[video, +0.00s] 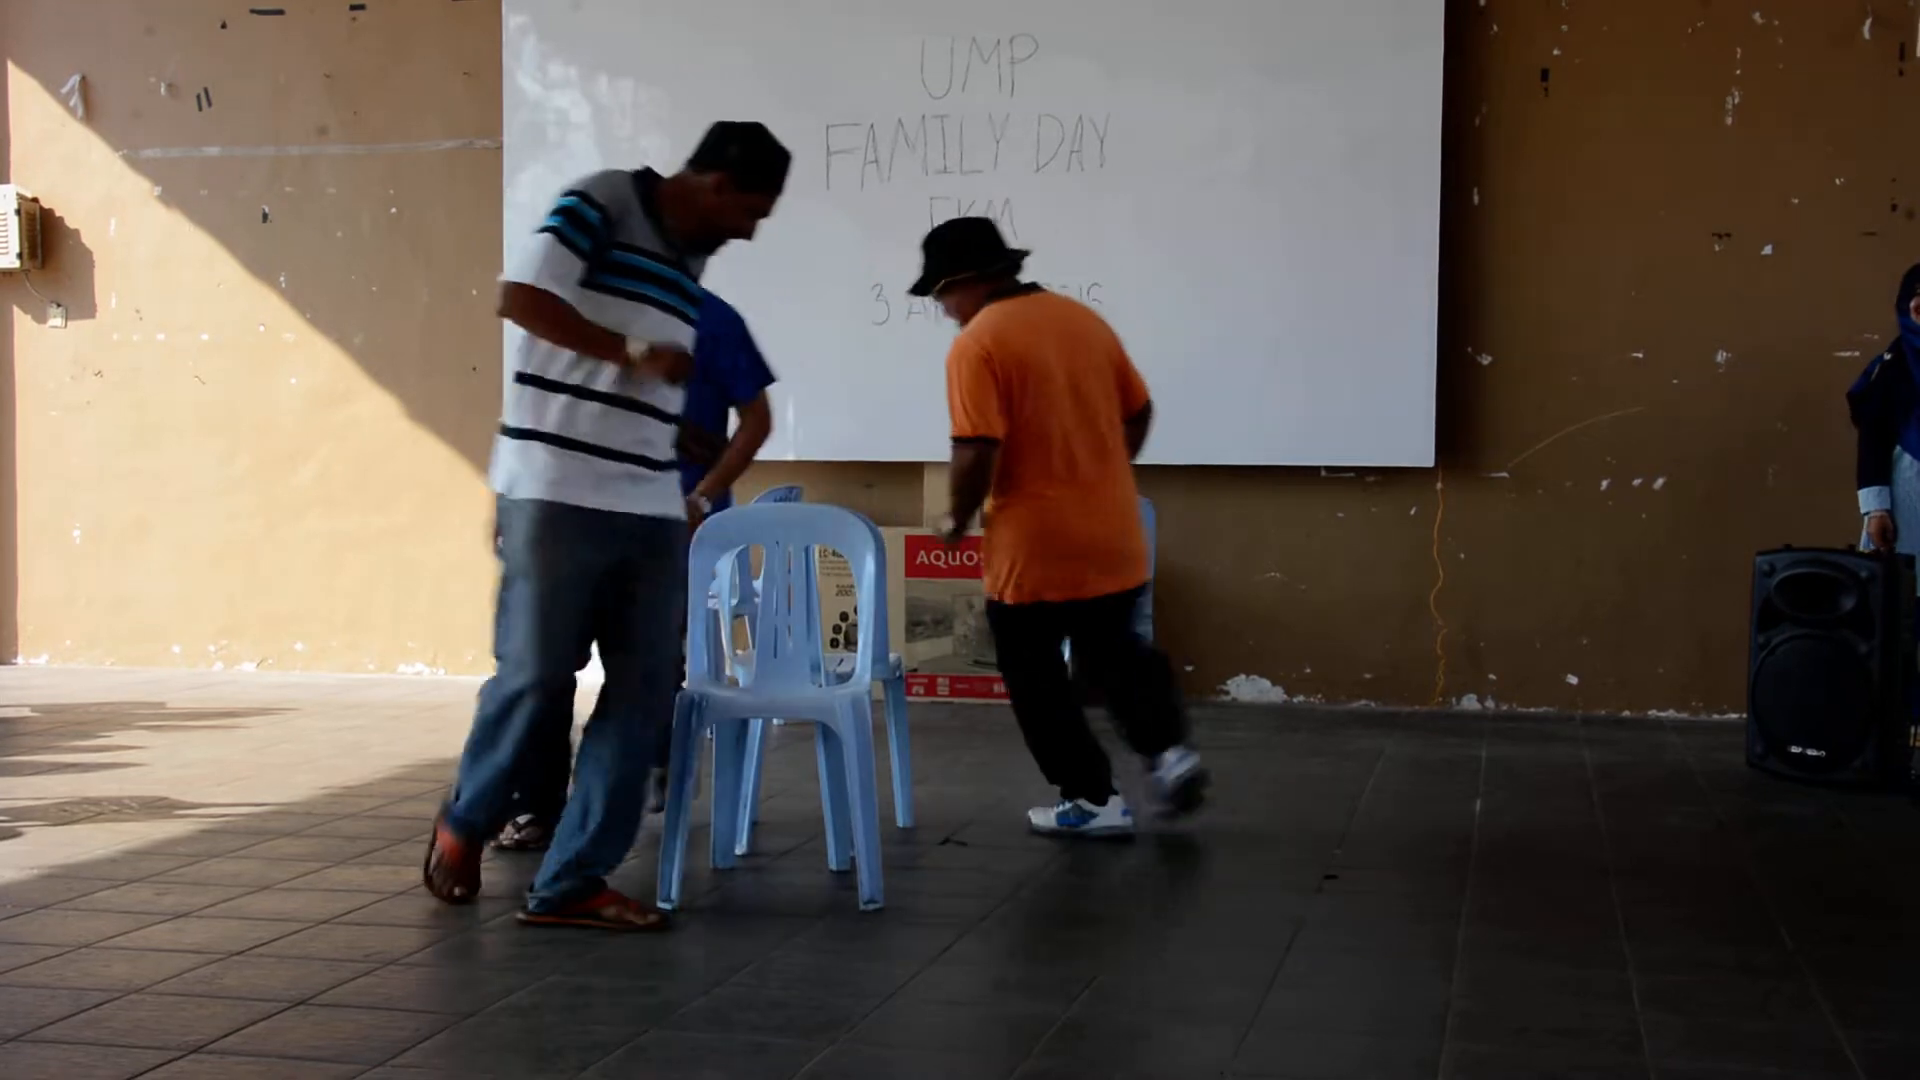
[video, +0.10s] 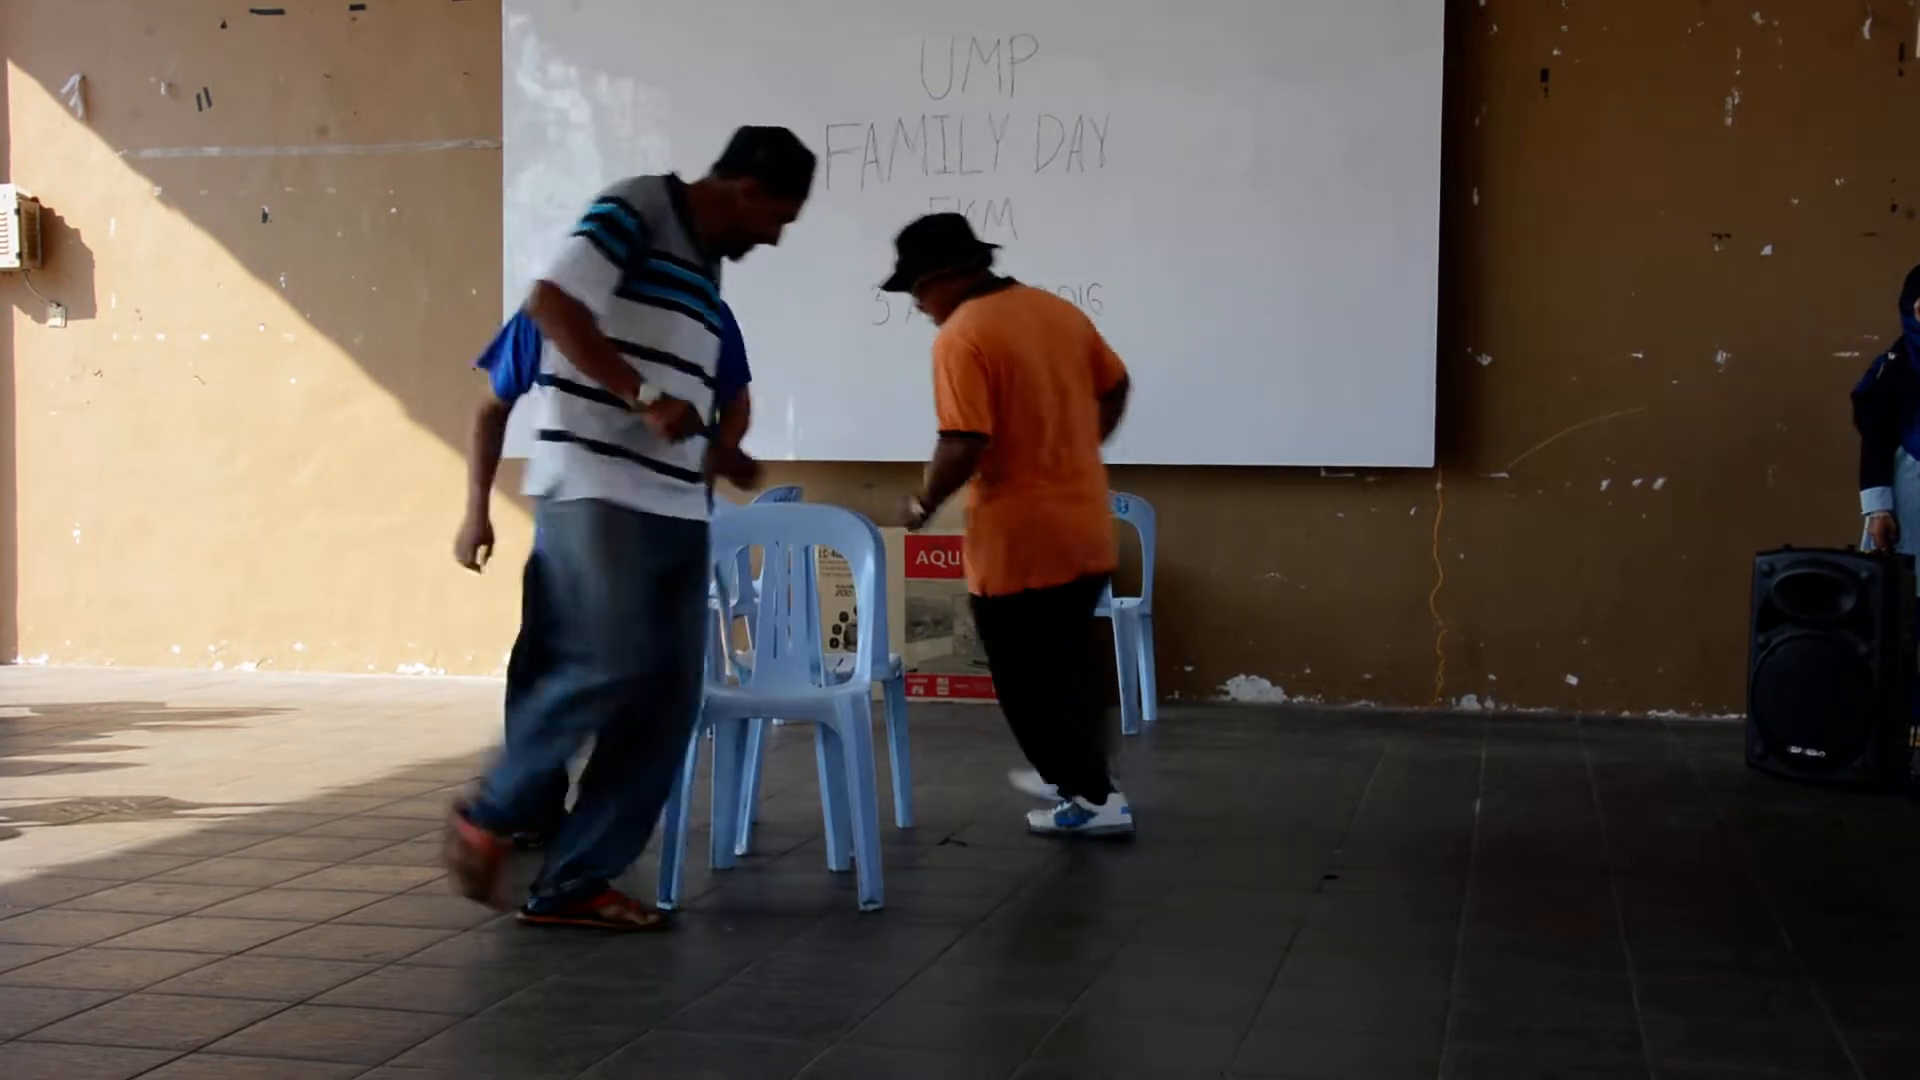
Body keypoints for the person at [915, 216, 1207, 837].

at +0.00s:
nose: (945, 309)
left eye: (944, 294)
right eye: (939, 297)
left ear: (968, 279)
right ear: (1003, 270)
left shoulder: (978, 344)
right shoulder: (1082, 318)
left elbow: (975, 454)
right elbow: (1137, 408)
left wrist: (956, 518)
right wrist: (1103, 474)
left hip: (1032, 540)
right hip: (1112, 528)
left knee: (1031, 674)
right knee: (1113, 649)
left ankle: (1090, 797)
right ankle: (1168, 753)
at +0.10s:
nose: (918, 304)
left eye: (918, 290)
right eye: (913, 293)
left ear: (942, 276)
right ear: (977, 265)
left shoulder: (962, 336)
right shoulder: (1055, 309)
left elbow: (963, 442)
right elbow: (1113, 386)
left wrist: (923, 502)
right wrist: (1076, 450)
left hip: (1015, 541)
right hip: (1086, 531)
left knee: (1027, 677)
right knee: (1071, 658)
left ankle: (1093, 797)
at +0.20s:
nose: (898, 303)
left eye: (899, 290)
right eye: (893, 293)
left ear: (926, 273)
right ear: (949, 266)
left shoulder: (944, 332)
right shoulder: (1028, 304)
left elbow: (952, 434)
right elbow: (1073, 374)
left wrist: (907, 498)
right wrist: (1025, 427)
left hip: (988, 529)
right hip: (1052, 518)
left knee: (977, 657)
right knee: (1023, 649)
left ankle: (1074, 765)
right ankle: (1028, 771)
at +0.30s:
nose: (869, 308)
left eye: (873, 295)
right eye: (864, 298)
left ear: (905, 282)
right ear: (923, 276)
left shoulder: (936, 338)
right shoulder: (978, 316)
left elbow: (953, 443)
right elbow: (980, 427)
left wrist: (896, 516)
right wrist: (913, 460)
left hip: (959, 533)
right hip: (1007, 524)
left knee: (918, 648)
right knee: (998, 655)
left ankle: (996, 757)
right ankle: (1033, 772)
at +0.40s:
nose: (842, 307)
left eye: (845, 295)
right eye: (838, 297)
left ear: (876, 281)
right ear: (878, 279)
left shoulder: (914, 331)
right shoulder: (903, 320)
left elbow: (949, 425)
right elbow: (902, 421)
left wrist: (888, 497)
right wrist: (847, 452)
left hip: (931, 529)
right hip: (937, 524)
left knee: (876, 653)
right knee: (965, 649)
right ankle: (1021, 758)